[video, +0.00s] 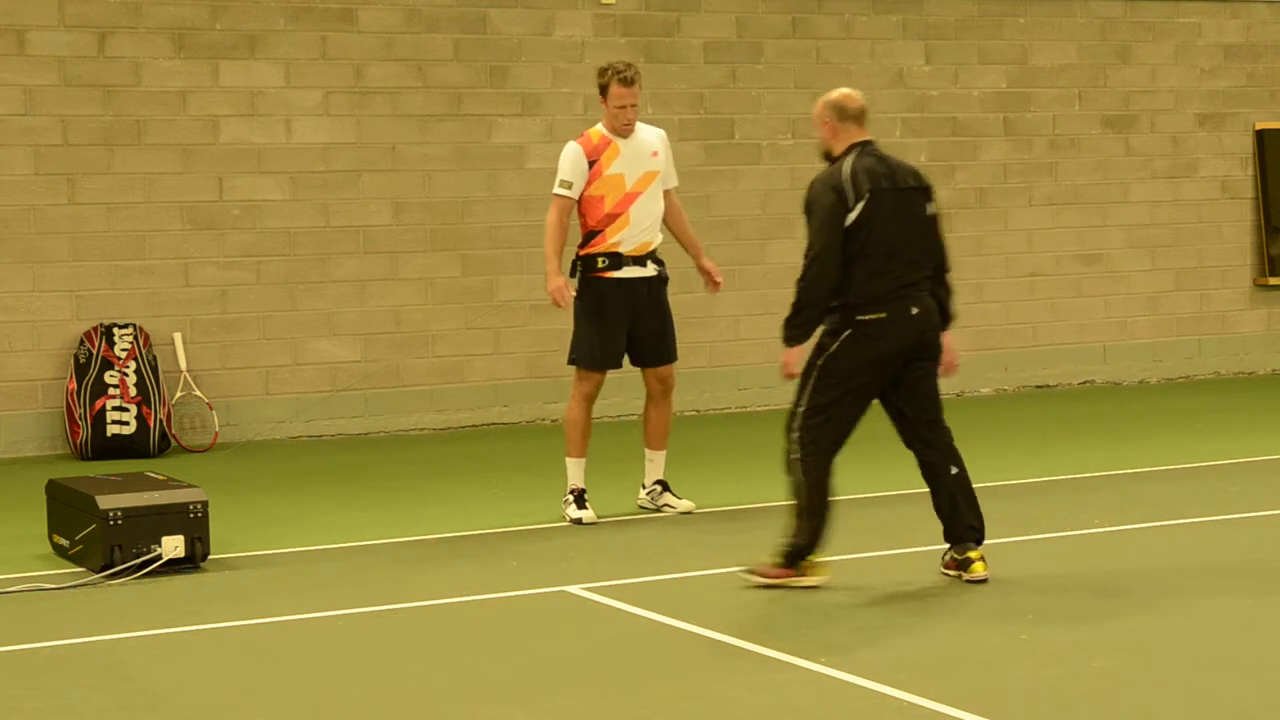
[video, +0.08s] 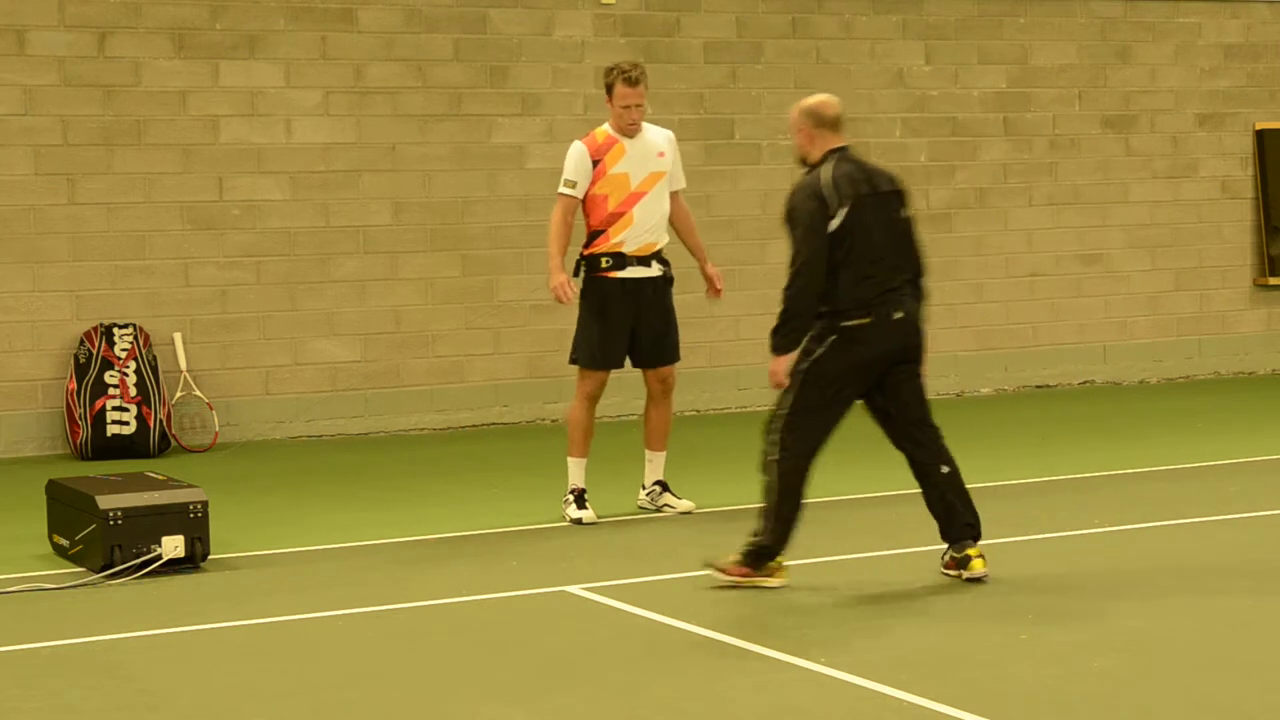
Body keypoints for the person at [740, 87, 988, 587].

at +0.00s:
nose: (815, 136)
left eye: (816, 127)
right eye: (816, 126)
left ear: (829, 126)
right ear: (861, 124)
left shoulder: (831, 183)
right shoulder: (909, 176)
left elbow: (823, 265)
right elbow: (935, 257)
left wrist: (796, 336)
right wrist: (940, 324)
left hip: (860, 330)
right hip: (917, 324)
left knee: (807, 432)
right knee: (931, 437)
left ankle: (799, 556)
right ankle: (967, 549)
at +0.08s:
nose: (792, 141)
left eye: (794, 132)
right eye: (794, 132)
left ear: (805, 133)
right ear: (837, 129)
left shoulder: (811, 191)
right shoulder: (883, 181)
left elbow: (808, 274)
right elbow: (909, 263)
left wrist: (783, 347)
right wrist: (908, 323)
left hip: (845, 337)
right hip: (898, 330)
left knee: (789, 436)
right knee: (920, 438)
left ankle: (762, 555)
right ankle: (964, 546)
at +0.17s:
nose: (764, 149)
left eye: (765, 139)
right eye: (764, 139)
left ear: (777, 139)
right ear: (807, 134)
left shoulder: (788, 199)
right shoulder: (851, 185)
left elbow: (790, 282)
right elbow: (878, 264)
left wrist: (771, 357)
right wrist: (870, 318)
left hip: (819, 345)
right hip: (870, 338)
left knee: (762, 440)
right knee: (901, 436)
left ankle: (755, 559)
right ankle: (960, 540)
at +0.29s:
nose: (712, 148)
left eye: (714, 139)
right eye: (712, 138)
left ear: (732, 138)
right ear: (755, 134)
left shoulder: (740, 200)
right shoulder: (798, 184)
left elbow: (748, 286)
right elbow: (828, 262)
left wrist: (753, 362)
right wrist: (809, 315)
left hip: (772, 340)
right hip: (819, 332)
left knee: (729, 448)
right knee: (831, 432)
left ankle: (753, 560)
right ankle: (913, 513)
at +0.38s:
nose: (681, 140)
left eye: (684, 131)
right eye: (681, 131)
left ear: (702, 133)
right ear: (724, 130)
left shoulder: (711, 194)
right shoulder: (767, 178)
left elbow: (719, 280)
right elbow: (794, 256)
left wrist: (725, 353)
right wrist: (778, 307)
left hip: (748, 335)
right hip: (788, 327)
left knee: (718, 446)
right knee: (770, 431)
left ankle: (752, 561)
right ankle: (858, 506)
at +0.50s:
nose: (633, 135)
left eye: (638, 125)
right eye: (634, 125)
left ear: (663, 127)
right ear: (673, 124)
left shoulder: (677, 186)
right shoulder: (713, 169)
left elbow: (677, 274)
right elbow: (747, 248)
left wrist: (672, 350)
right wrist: (721, 295)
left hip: (721, 324)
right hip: (734, 317)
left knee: (716, 436)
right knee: (689, 430)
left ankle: (751, 558)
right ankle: (749, 532)